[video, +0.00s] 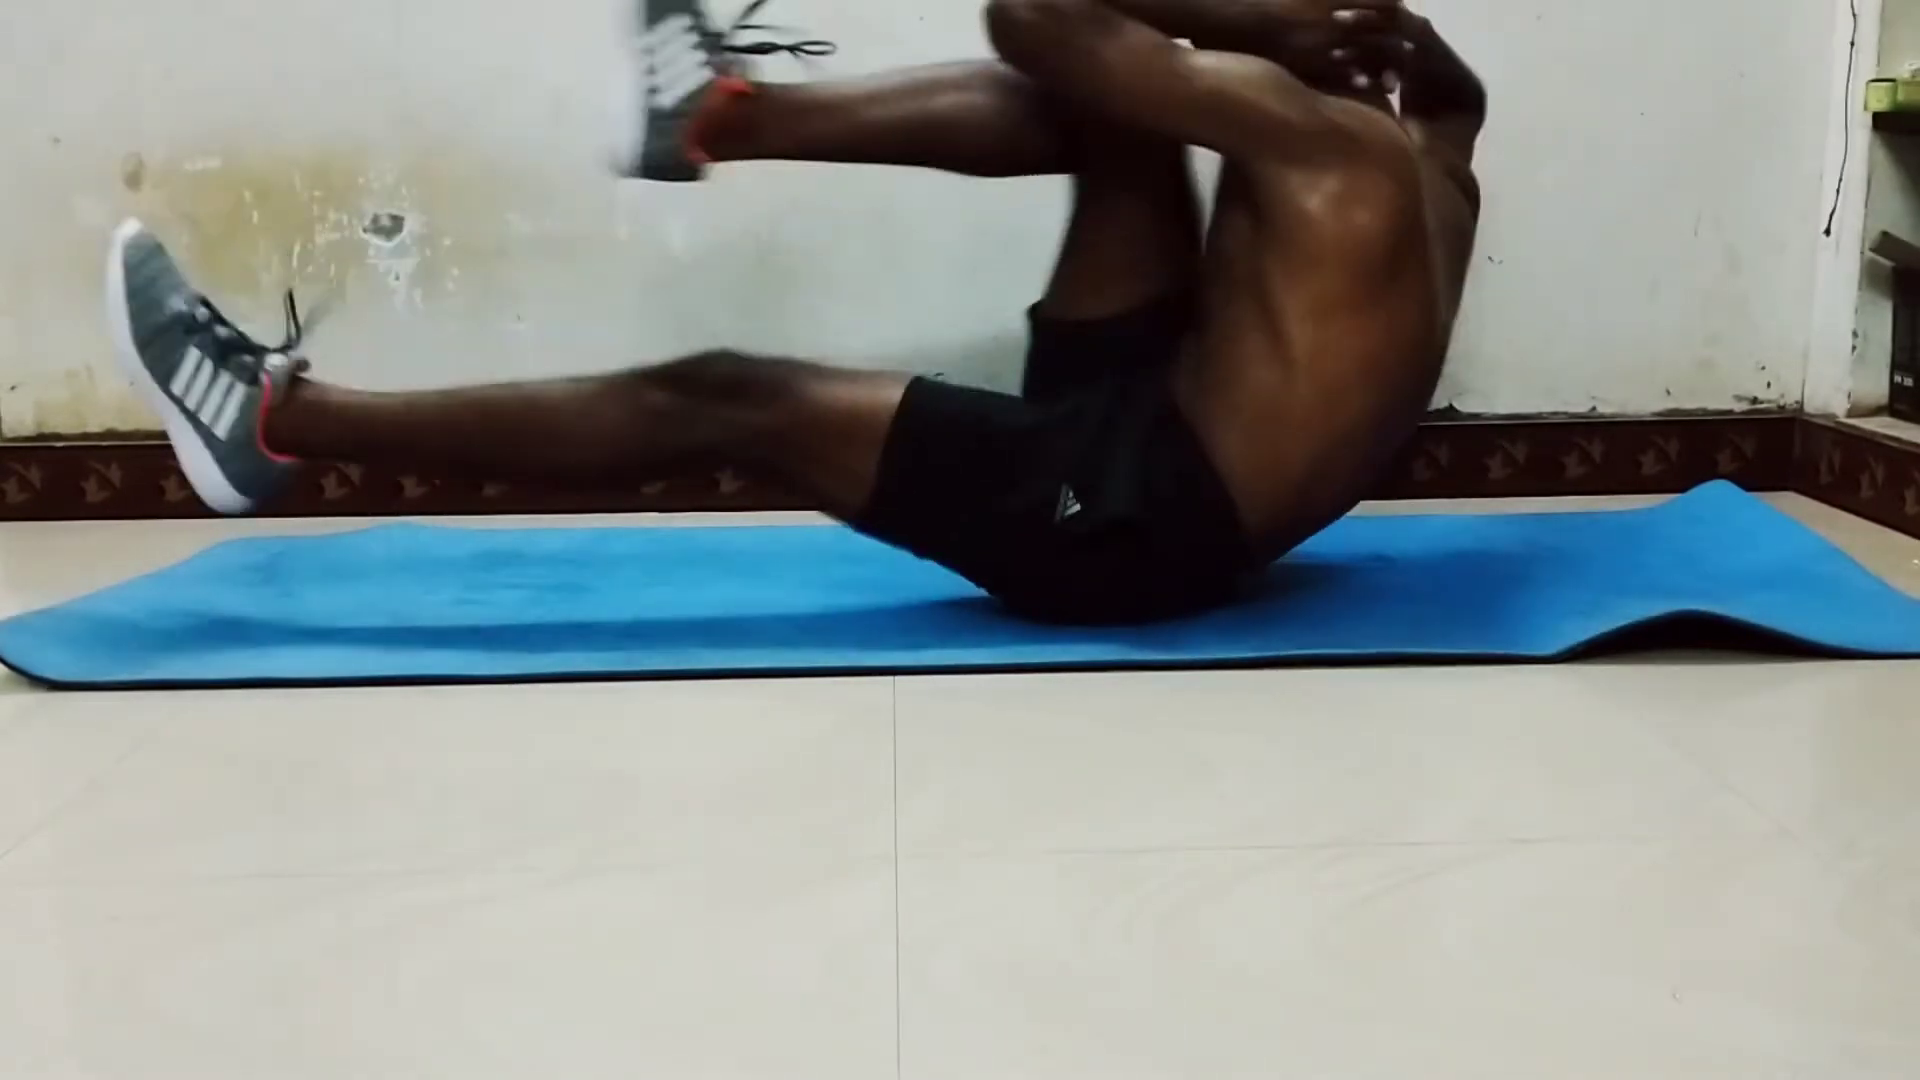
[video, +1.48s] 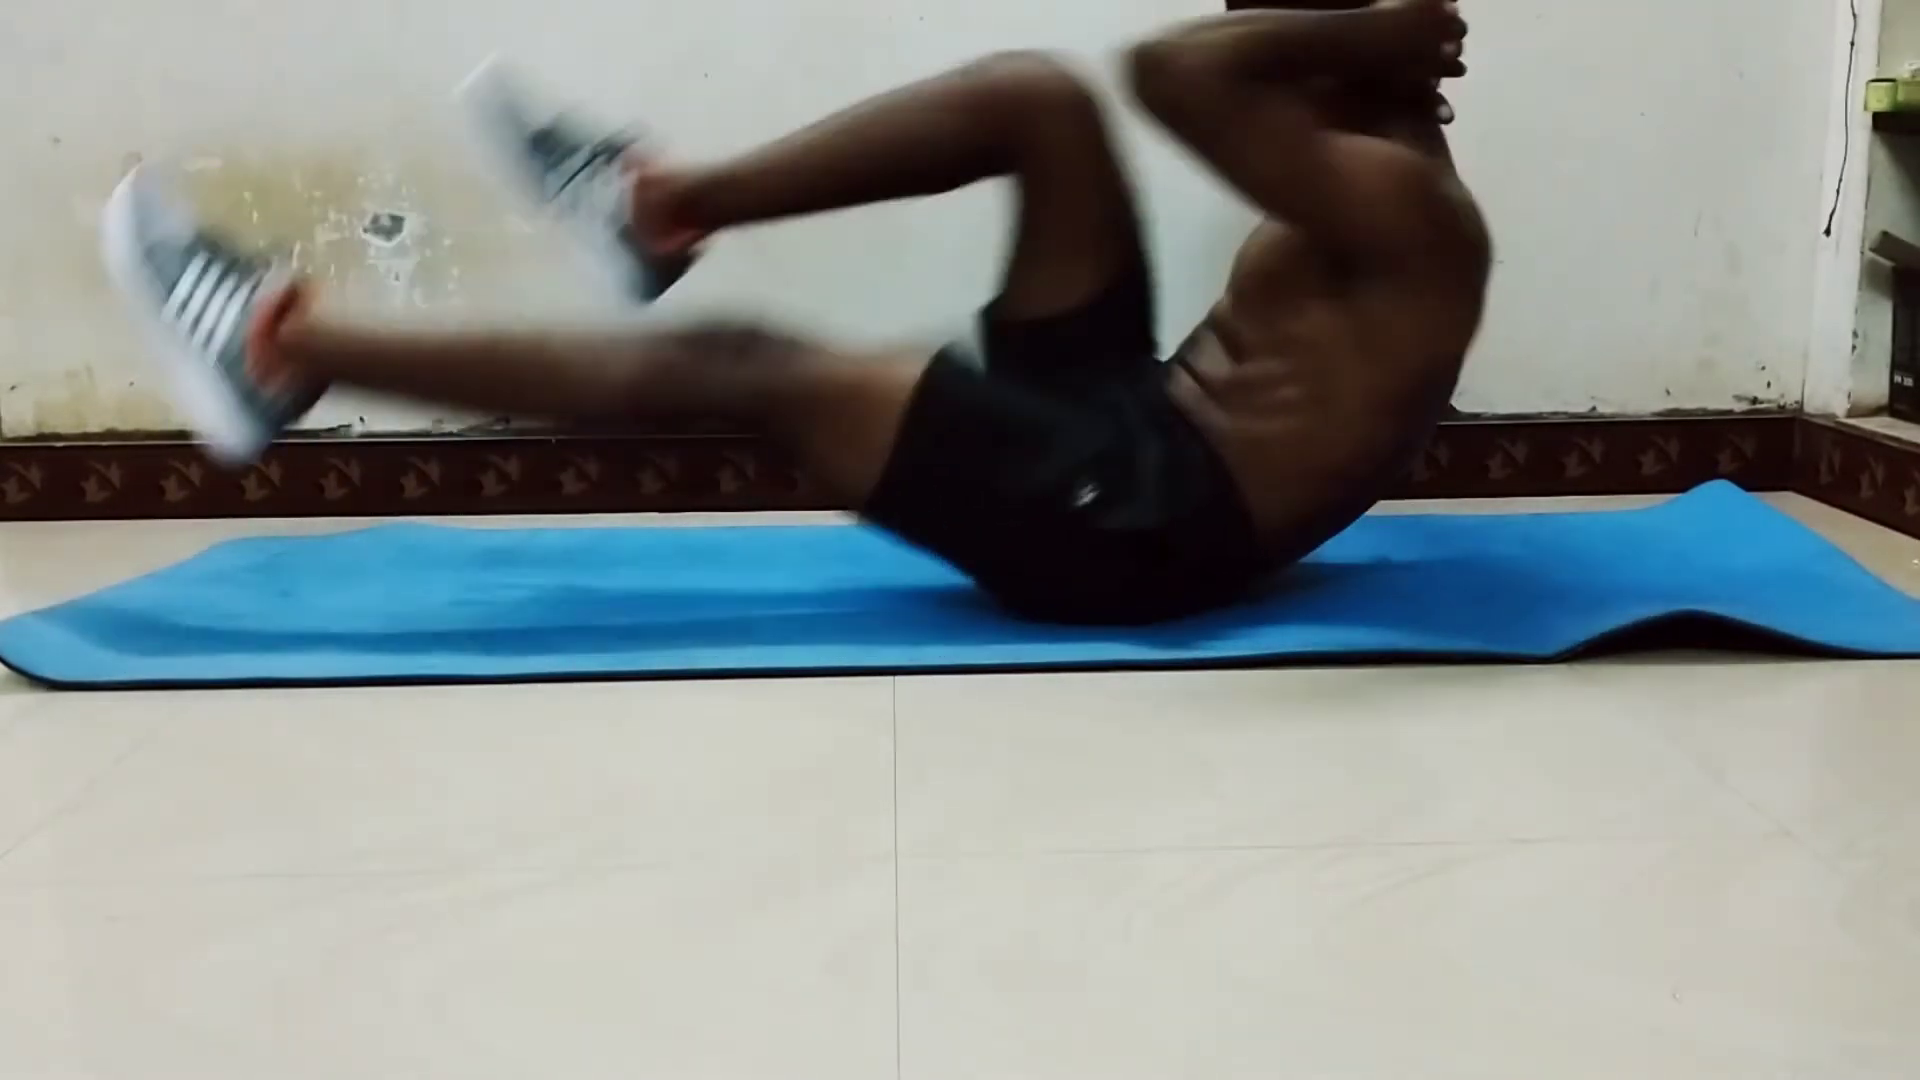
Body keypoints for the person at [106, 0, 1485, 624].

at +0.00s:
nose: (1240, 50)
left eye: (1254, 34)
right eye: (1256, 33)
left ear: (1329, 51)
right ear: (1379, 61)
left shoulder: (1328, 135)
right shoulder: (1426, 161)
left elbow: (1052, 48)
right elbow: (1126, 87)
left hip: (1118, 513)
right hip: (1150, 445)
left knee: (714, 400)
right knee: (1114, 113)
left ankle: (273, 423)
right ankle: (742, 110)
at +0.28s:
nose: (1275, 89)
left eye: (1297, 57)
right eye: (1281, 60)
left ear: (1377, 51)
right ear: (1373, 55)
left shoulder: (1405, 170)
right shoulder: (1350, 190)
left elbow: (1233, 23)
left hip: (1137, 509)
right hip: (1125, 438)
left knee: (792, 265)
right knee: (926, 164)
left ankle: (377, 350)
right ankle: (513, 155)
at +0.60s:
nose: (1287, 95)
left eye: (1315, 66)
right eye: (1278, 71)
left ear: (1417, 65)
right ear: (1288, 86)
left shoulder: (1452, 183)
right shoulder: (1295, 181)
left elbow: (1532, 27)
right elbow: (1095, 105)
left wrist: (1443, 50)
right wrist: (1255, 70)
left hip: (1150, 509)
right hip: (1077, 476)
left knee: (996, 105)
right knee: (754, 323)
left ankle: (601, 189)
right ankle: (390, 282)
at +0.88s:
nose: (1299, 85)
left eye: (1334, 61)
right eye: (1289, 61)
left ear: (1417, 65)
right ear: (1276, 65)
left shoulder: (1469, 189)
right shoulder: (1239, 140)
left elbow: (1690, 41)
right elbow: (1063, 46)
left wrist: (1508, 18)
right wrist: (1227, 31)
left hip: (1172, 506)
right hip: (1074, 444)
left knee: (1147, 104)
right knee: (742, 379)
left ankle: (764, 96)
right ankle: (379, 393)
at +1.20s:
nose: (1273, 96)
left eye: (1297, 68)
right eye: (1266, 66)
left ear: (1394, 67)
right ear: (1289, 71)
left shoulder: (1465, 215)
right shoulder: (1308, 166)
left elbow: (1507, 46)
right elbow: (1125, 52)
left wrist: (1440, 64)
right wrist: (1269, 39)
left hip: (1179, 524)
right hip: (1127, 475)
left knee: (909, 162)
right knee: (897, 169)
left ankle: (492, 205)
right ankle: (507, 356)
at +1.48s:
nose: (1401, 61)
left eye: (1380, 44)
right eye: (1384, 41)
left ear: (1378, 83)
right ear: (1378, 80)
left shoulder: (1405, 207)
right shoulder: (1367, 196)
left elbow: (1176, 74)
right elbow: (1224, 77)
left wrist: (1362, 53)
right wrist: (1357, 58)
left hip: (1135, 510)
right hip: (1119, 423)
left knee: (740, 371)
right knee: (1045, 99)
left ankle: (287, 348)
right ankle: (672, 206)